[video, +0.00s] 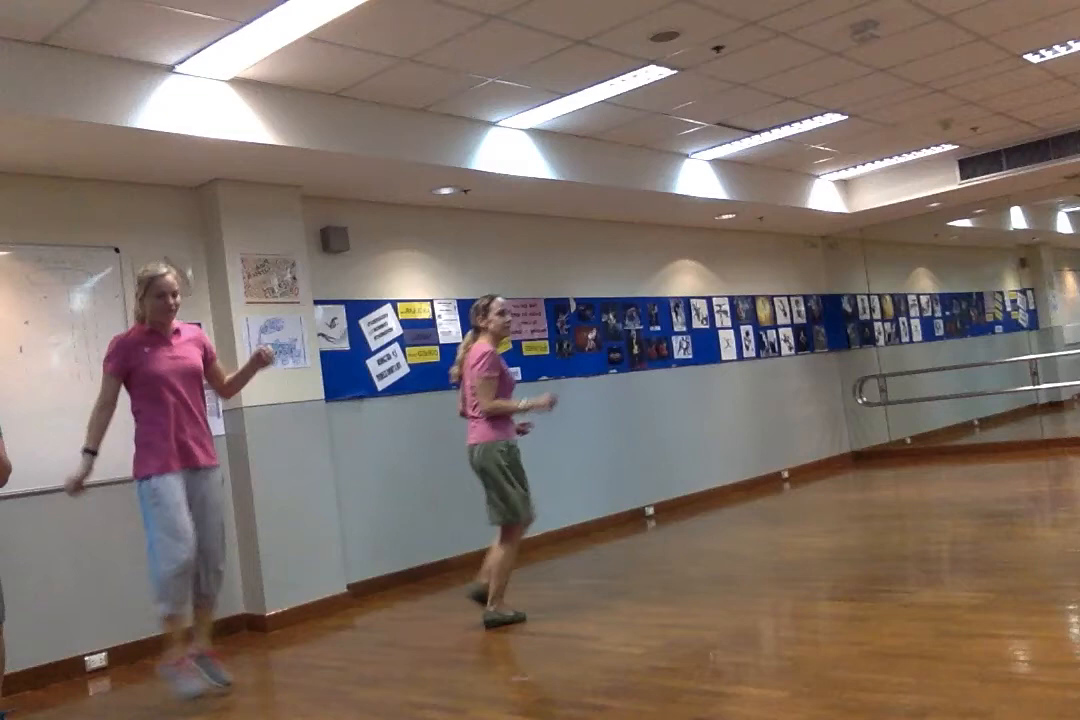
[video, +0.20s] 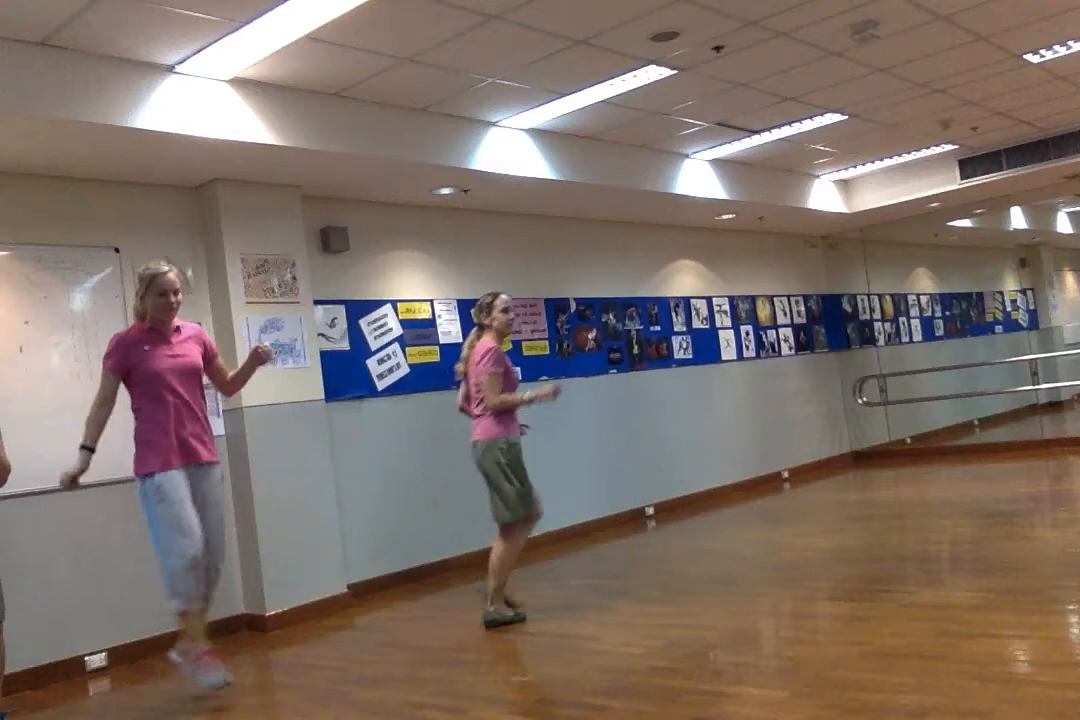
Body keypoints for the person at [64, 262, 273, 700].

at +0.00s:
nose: (170, 302)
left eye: (175, 294)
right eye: (160, 295)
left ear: (181, 298)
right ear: (142, 300)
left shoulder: (196, 337)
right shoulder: (125, 346)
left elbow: (226, 388)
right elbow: (104, 407)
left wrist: (253, 365)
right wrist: (86, 463)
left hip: (203, 458)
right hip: (157, 464)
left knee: (211, 554)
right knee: (180, 552)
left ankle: (202, 651)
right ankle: (174, 658)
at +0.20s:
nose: (171, 300)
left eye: (176, 292)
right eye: (162, 293)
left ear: (182, 296)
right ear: (143, 298)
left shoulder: (195, 334)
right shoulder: (126, 343)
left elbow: (227, 386)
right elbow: (103, 404)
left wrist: (252, 363)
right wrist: (83, 458)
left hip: (203, 453)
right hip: (159, 459)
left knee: (213, 551)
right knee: (189, 549)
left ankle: (192, 645)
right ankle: (193, 649)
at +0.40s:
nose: (171, 300)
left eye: (176, 292)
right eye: (162, 293)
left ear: (182, 296)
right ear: (142, 298)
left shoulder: (195, 334)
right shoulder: (126, 343)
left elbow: (227, 386)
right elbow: (103, 404)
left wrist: (252, 363)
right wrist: (83, 458)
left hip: (203, 453)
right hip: (159, 459)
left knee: (213, 551)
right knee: (189, 549)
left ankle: (192, 645)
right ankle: (193, 649)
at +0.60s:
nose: (171, 300)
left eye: (176, 293)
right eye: (162, 294)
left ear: (182, 296)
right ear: (142, 298)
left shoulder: (195, 334)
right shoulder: (126, 344)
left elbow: (228, 386)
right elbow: (103, 403)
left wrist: (252, 363)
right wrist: (83, 459)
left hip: (203, 453)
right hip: (159, 459)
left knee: (212, 551)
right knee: (190, 548)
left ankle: (189, 644)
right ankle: (196, 651)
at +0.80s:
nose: (171, 300)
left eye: (176, 293)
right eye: (162, 294)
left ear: (182, 296)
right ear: (142, 298)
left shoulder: (195, 334)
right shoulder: (126, 344)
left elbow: (228, 386)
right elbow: (103, 403)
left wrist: (252, 363)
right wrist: (83, 459)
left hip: (203, 453)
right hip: (159, 459)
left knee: (212, 551)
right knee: (190, 548)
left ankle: (189, 644)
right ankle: (196, 651)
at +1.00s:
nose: (171, 300)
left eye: (176, 293)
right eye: (162, 294)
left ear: (182, 296)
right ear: (142, 298)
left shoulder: (195, 334)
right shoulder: (126, 344)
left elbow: (228, 386)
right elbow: (103, 403)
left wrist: (252, 363)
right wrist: (83, 459)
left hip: (203, 453)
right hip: (159, 459)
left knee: (212, 551)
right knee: (190, 548)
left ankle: (189, 644)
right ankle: (196, 651)